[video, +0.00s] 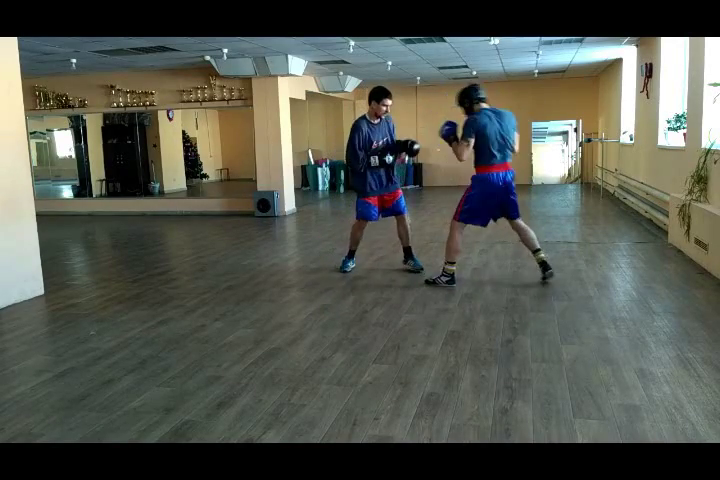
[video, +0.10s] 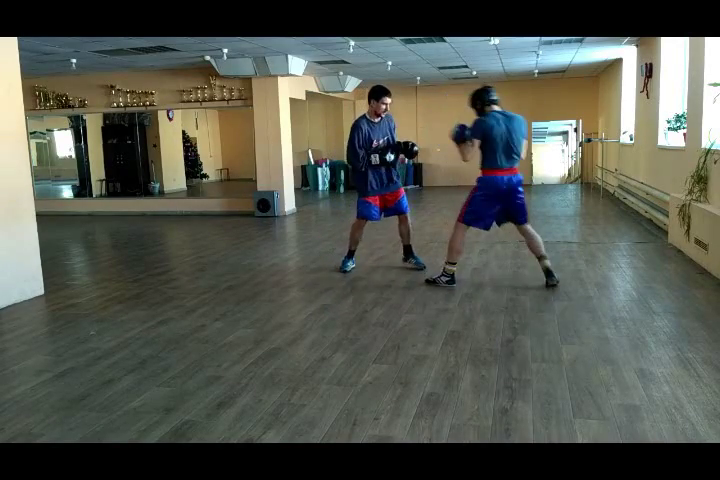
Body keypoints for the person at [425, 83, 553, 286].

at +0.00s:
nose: (463, 111)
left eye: (463, 107)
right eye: (462, 107)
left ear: (468, 104)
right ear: (483, 100)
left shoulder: (473, 120)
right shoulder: (507, 115)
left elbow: (461, 155)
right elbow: (514, 148)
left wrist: (451, 139)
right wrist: (491, 139)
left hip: (484, 181)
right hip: (507, 178)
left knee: (457, 225)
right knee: (516, 221)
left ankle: (448, 274)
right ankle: (543, 262)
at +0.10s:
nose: (476, 112)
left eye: (476, 108)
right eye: (476, 108)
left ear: (479, 105)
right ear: (497, 102)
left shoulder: (482, 123)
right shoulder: (519, 120)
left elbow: (466, 156)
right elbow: (521, 154)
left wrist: (459, 140)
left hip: (489, 182)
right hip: (514, 181)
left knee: (461, 226)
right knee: (524, 226)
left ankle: (448, 273)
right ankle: (548, 271)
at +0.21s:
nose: (494, 108)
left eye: (494, 105)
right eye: (494, 106)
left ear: (498, 103)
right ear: (517, 101)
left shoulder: (498, 120)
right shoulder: (537, 120)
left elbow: (494, 155)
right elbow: (537, 157)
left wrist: (483, 146)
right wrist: (518, 144)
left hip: (501, 181)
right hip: (526, 181)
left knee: (475, 227)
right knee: (539, 230)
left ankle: (455, 272)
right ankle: (553, 276)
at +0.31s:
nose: (499, 105)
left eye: (499, 102)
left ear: (503, 100)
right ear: (523, 97)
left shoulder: (502, 116)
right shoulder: (542, 117)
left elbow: (496, 149)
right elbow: (544, 154)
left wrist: (487, 143)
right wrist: (526, 143)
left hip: (504, 178)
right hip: (530, 178)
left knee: (480, 225)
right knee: (541, 228)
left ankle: (465, 270)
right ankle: (553, 276)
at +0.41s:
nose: (506, 101)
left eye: (506, 98)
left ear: (509, 96)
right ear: (530, 95)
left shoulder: (505, 111)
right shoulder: (547, 113)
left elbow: (492, 142)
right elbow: (547, 150)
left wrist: (488, 132)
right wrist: (532, 135)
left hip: (507, 175)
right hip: (534, 175)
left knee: (488, 223)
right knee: (543, 227)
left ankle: (479, 270)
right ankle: (554, 276)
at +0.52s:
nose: (507, 101)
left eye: (507, 98)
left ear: (510, 97)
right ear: (531, 95)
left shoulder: (505, 112)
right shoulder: (548, 114)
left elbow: (490, 146)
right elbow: (545, 151)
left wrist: (487, 132)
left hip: (508, 176)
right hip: (534, 176)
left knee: (491, 224)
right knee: (544, 227)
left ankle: (484, 271)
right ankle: (554, 276)